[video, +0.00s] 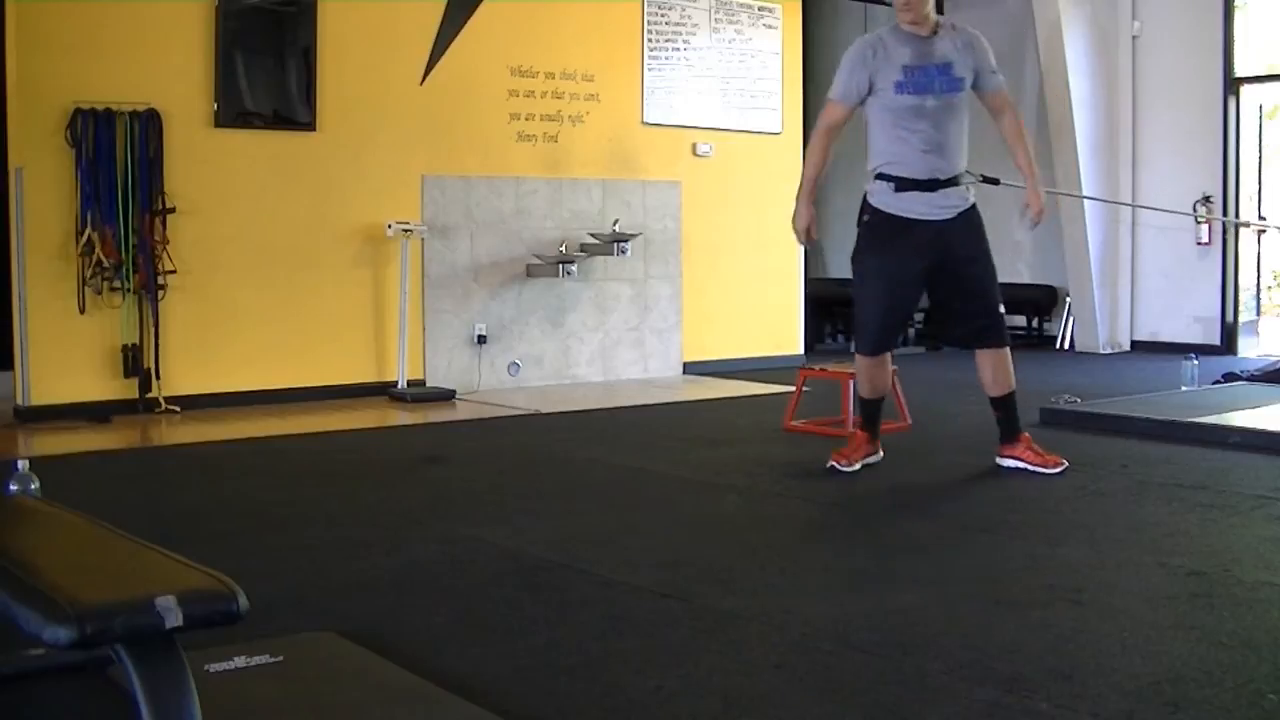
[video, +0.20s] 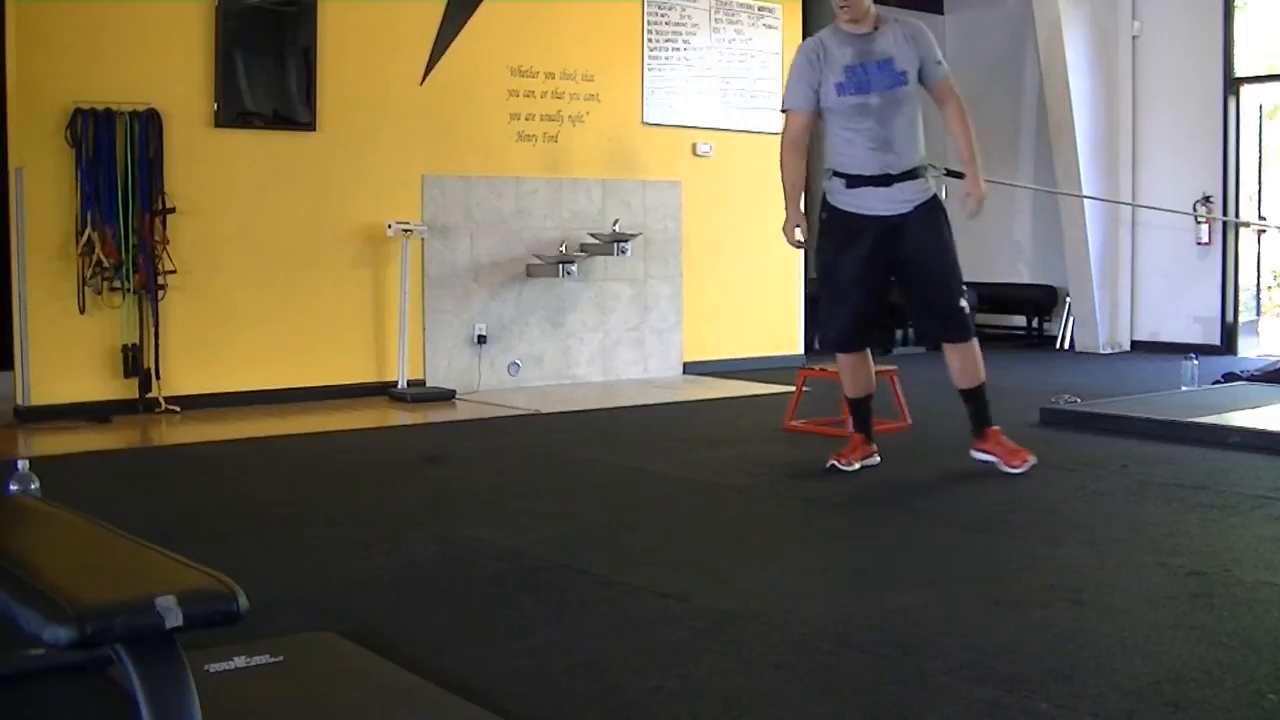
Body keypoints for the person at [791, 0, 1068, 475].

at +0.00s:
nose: (909, 2)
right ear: (890, 1)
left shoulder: (968, 44)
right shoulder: (870, 50)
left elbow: (1003, 109)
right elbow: (826, 127)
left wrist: (1031, 180)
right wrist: (804, 198)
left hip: (956, 215)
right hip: (889, 216)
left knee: (989, 327)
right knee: (872, 337)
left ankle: (1013, 442)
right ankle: (867, 440)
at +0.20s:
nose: (848, 3)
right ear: (830, 4)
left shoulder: (913, 36)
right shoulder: (813, 54)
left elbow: (948, 100)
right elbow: (795, 135)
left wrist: (970, 171)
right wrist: (794, 204)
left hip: (917, 207)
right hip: (848, 212)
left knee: (952, 319)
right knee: (848, 330)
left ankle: (984, 434)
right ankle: (861, 440)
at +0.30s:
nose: (834, 1)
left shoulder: (894, 30)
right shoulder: (796, 50)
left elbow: (932, 96)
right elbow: (784, 135)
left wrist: (947, 166)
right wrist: (795, 201)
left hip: (902, 199)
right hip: (836, 208)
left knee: (925, 315)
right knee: (846, 327)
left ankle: (944, 433)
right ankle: (862, 439)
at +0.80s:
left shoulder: (881, 33)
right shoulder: (781, 37)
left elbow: (912, 91)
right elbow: (742, 116)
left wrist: (903, 150)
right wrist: (725, 191)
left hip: (859, 205)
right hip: (791, 203)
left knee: (869, 325)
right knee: (778, 322)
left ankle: (876, 445)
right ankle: (787, 422)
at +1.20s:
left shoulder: (836, 38)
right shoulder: (737, 46)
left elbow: (850, 91)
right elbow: (690, 124)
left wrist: (850, 155)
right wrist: (670, 198)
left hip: (820, 212)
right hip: (753, 212)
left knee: (845, 332)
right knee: (741, 335)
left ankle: (872, 447)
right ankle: (714, 460)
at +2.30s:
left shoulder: (801, 29)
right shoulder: (732, 25)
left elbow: (805, 105)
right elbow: (708, 110)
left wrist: (844, 150)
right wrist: (737, 184)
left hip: (814, 191)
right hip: (769, 191)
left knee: (815, 317)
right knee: (803, 313)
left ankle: (805, 449)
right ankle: (795, 453)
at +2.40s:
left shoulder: (810, 25)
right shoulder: (745, 26)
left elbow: (816, 100)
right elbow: (714, 110)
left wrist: (856, 147)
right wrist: (749, 180)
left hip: (826, 192)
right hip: (781, 193)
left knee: (814, 322)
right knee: (830, 314)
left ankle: (800, 452)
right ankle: (853, 451)